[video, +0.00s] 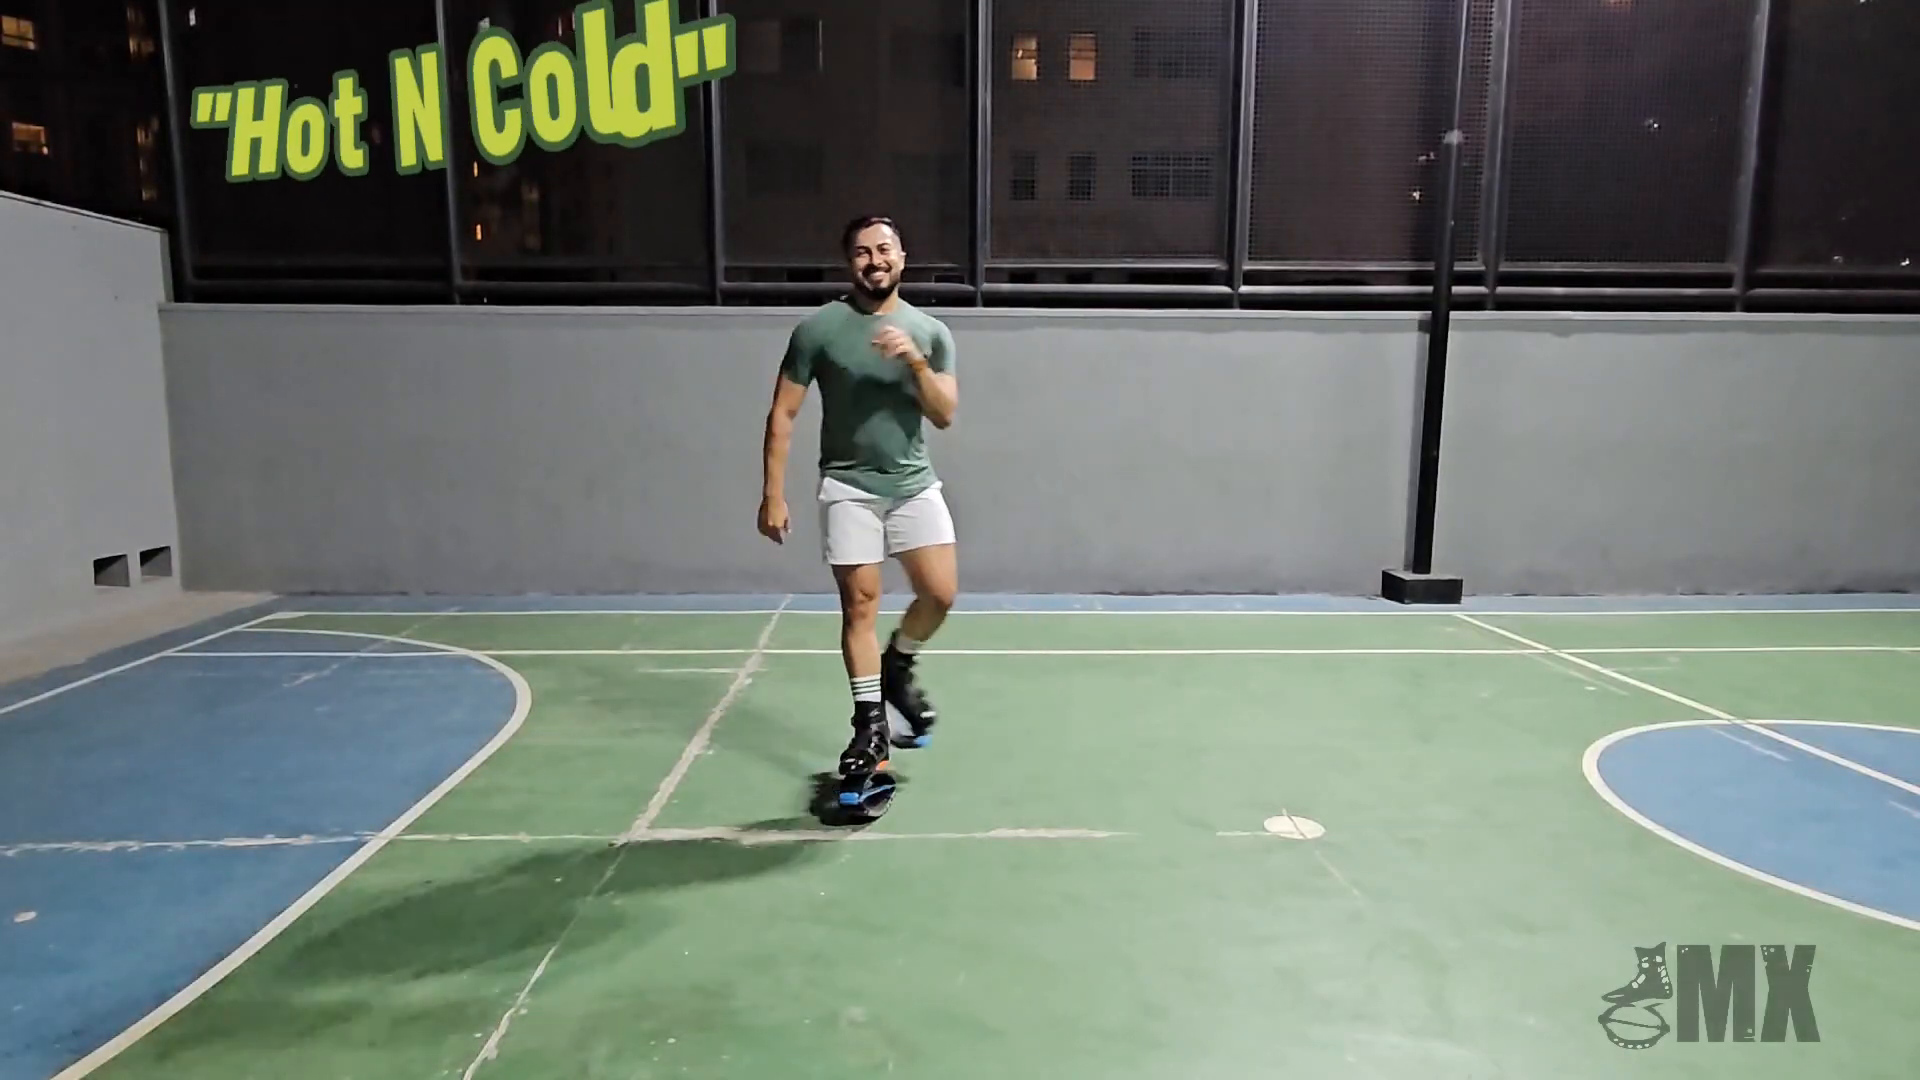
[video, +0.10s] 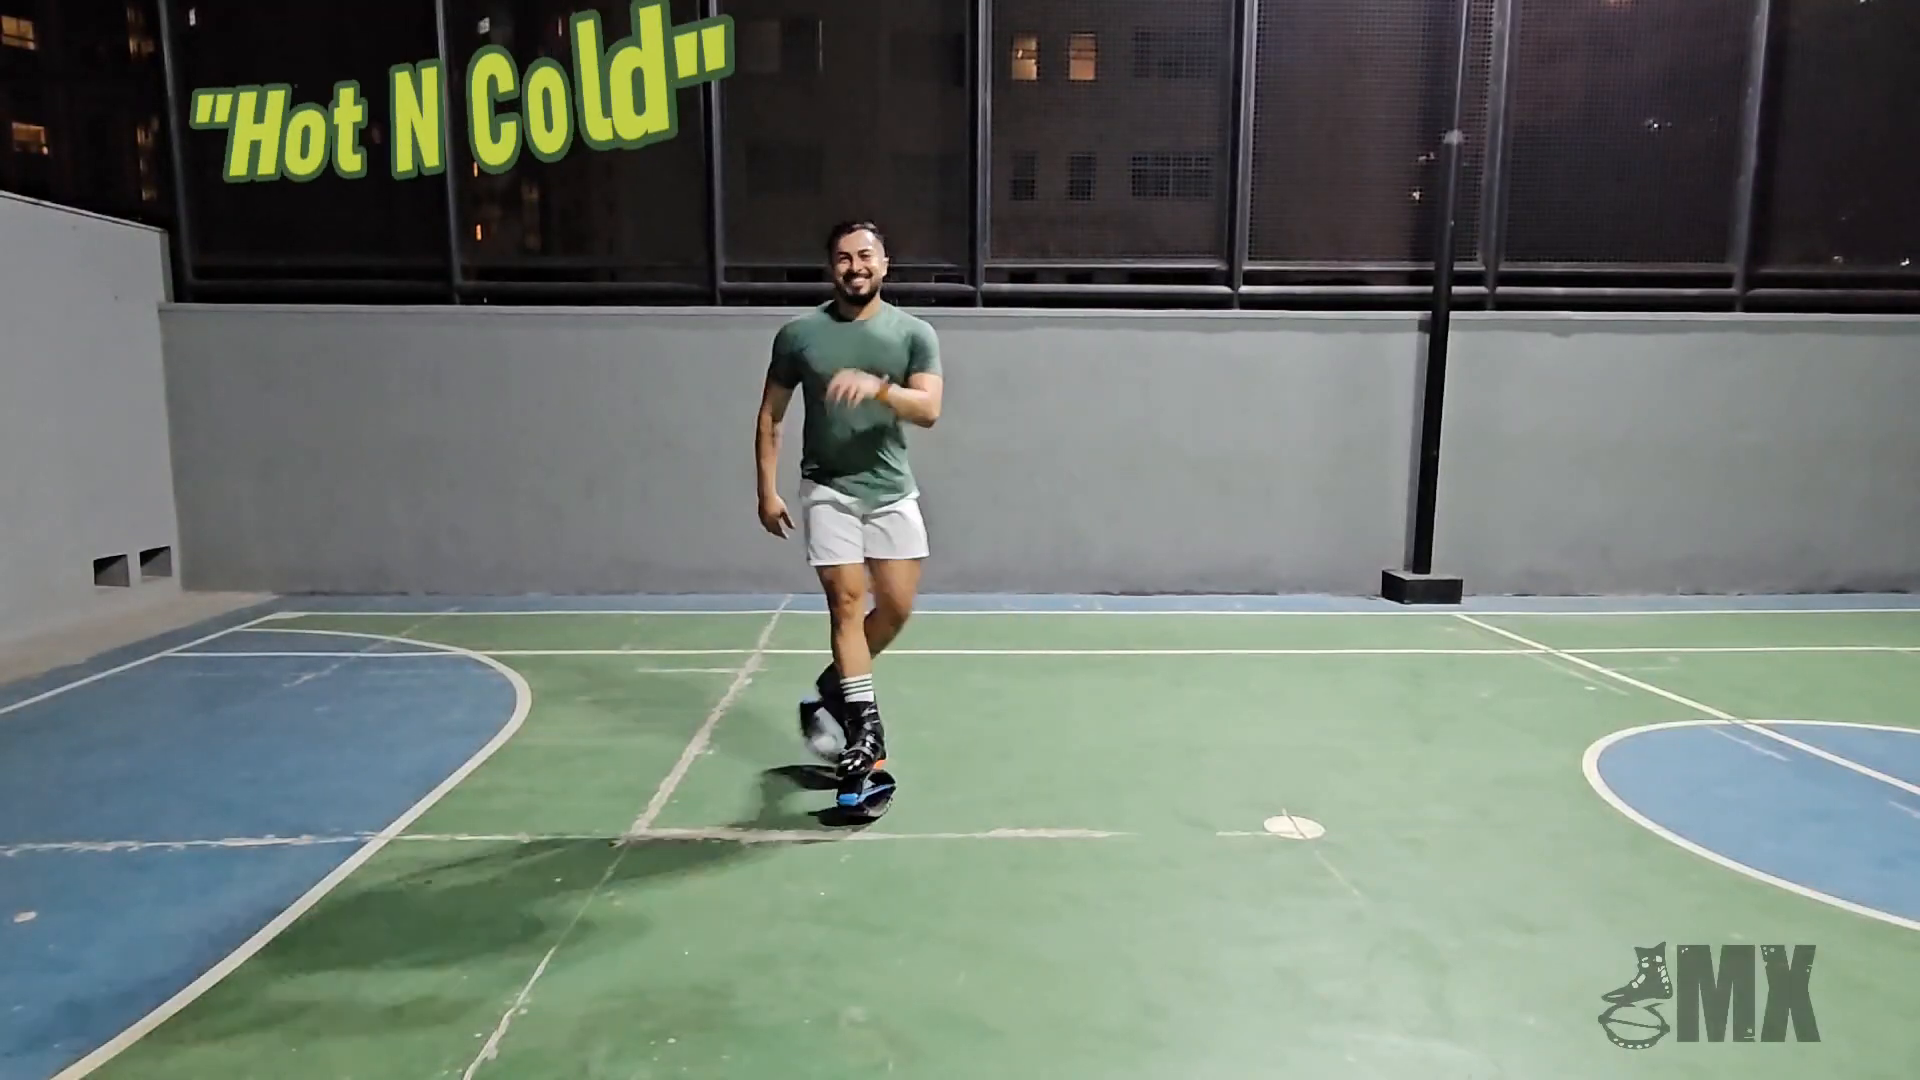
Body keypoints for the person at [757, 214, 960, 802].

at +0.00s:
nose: (875, 259)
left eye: (885, 249)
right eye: (863, 252)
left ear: (903, 259)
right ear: (849, 266)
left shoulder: (931, 331)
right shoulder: (817, 330)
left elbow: (944, 414)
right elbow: (782, 415)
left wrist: (917, 362)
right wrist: (774, 495)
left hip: (915, 482)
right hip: (849, 484)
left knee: (940, 594)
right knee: (860, 602)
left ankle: (895, 665)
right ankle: (869, 729)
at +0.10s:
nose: (855, 265)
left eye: (866, 255)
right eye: (844, 257)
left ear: (885, 264)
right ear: (831, 269)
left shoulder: (915, 333)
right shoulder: (799, 336)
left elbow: (927, 409)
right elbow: (771, 415)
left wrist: (878, 387)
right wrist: (768, 492)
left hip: (893, 488)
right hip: (829, 489)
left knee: (897, 608)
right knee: (846, 600)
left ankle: (827, 696)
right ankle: (866, 737)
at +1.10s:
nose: (747, 275)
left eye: (763, 273)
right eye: (745, 262)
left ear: (777, 288)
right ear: (731, 264)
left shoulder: (794, 343)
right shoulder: (684, 329)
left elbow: (785, 422)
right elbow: (657, 406)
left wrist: (741, 388)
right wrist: (705, 400)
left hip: (770, 488)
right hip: (705, 486)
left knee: (771, 602)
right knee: (695, 596)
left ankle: (744, 716)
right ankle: (691, 717)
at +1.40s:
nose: (800, 262)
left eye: (814, 257)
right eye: (794, 252)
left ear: (833, 279)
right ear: (779, 265)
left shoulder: (844, 337)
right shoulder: (734, 328)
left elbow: (874, 390)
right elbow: (689, 390)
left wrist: (838, 333)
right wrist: (671, 456)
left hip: (813, 480)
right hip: (744, 484)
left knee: (843, 574)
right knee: (722, 592)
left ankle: (847, 700)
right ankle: (696, 710)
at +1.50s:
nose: (825, 272)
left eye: (838, 266)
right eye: (818, 263)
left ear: (858, 285)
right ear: (804, 276)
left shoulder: (871, 345)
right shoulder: (763, 338)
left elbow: (909, 396)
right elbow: (722, 392)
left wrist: (882, 374)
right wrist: (708, 456)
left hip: (839, 493)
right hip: (769, 493)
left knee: (867, 595)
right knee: (738, 601)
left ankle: (885, 718)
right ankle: (699, 715)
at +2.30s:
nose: (1018, 248)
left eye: (1028, 239)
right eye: (1007, 242)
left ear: (1047, 253)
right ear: (994, 260)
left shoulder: (1076, 320)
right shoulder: (966, 327)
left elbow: (1114, 393)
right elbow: (938, 409)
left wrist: (1148, 458)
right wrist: (945, 481)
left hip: (1058, 464)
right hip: (992, 472)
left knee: (1090, 568)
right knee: (995, 588)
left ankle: (1090, 680)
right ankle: (1004, 691)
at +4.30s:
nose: (815, 280)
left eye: (821, 271)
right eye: (803, 269)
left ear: (827, 280)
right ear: (773, 276)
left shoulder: (842, 345)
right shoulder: (732, 343)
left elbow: (903, 396)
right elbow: (668, 397)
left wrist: (967, 435)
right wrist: (600, 427)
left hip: (818, 494)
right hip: (747, 494)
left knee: (852, 598)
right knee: (720, 599)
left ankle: (862, 697)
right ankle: (697, 715)